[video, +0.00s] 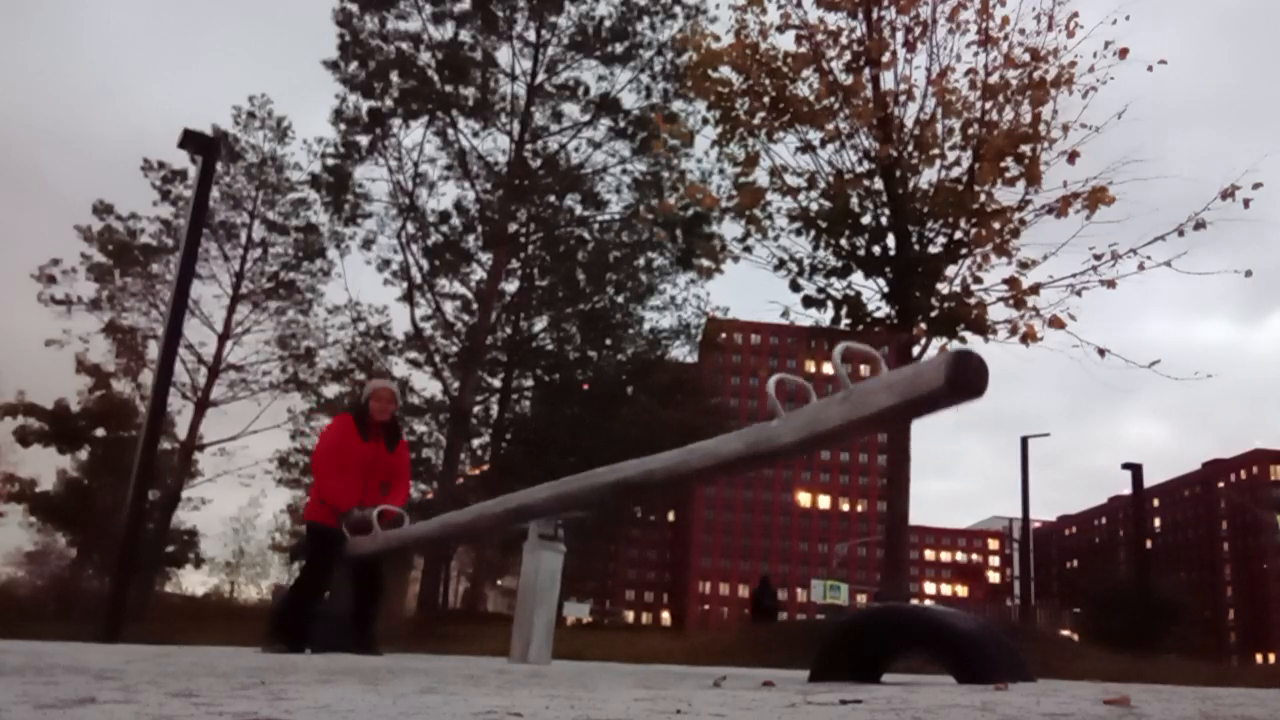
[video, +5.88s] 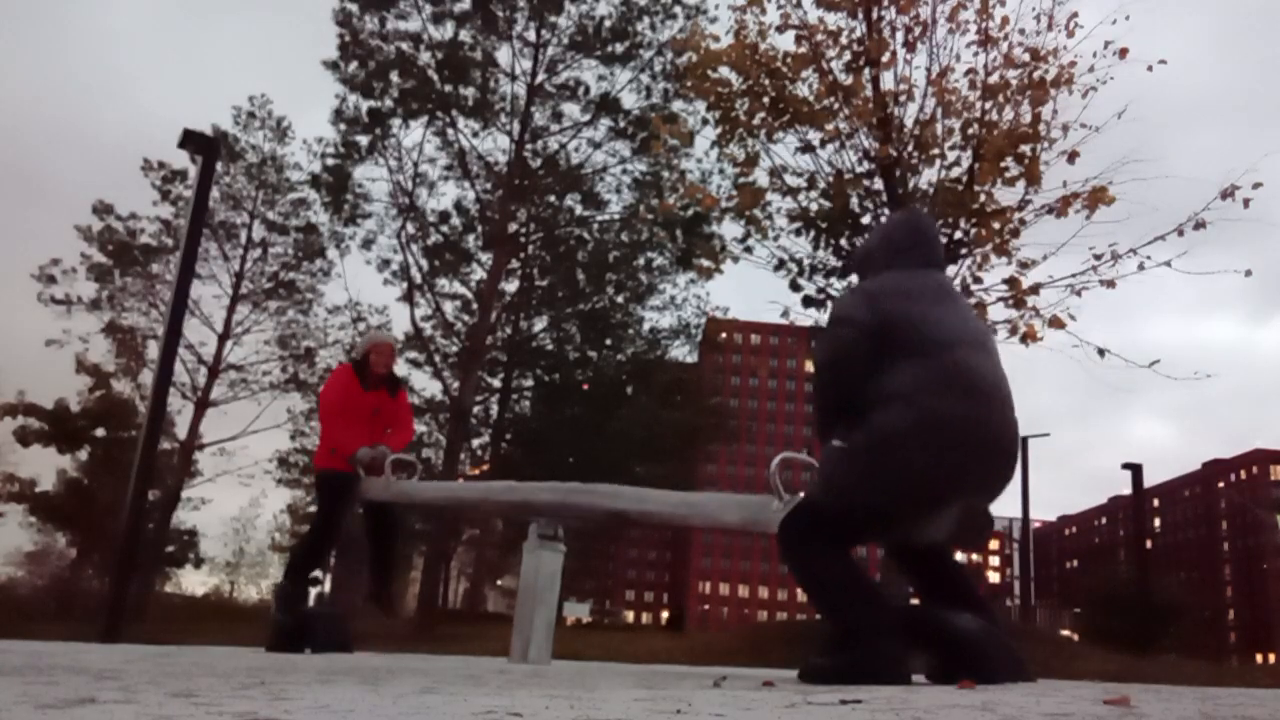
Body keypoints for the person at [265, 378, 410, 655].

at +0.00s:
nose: (384, 406)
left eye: (390, 401)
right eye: (378, 400)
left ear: (396, 406)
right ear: (367, 402)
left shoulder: (396, 442)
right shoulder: (343, 426)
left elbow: (401, 483)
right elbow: (322, 468)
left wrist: (387, 510)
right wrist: (347, 506)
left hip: (367, 525)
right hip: (327, 516)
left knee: (370, 583)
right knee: (317, 573)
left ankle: (362, 645)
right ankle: (286, 637)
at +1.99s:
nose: (349, 395)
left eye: (355, 391)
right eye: (344, 390)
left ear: (363, 397)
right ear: (333, 393)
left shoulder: (369, 432)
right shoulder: (316, 419)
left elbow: (381, 468)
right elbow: (313, 456)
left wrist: (378, 490)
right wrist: (343, 482)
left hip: (358, 514)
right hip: (320, 509)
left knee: (358, 579)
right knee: (302, 574)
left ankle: (360, 641)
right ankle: (281, 637)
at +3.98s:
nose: (373, 388)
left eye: (378, 384)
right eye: (368, 383)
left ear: (384, 389)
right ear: (355, 385)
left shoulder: (384, 425)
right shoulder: (333, 411)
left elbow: (391, 467)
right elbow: (321, 455)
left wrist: (385, 495)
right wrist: (349, 487)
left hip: (363, 514)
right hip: (325, 508)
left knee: (360, 579)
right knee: (306, 571)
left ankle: (361, 642)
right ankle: (282, 634)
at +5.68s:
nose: (382, 369)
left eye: (387, 364)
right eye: (376, 363)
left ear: (392, 369)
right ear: (363, 364)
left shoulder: (393, 401)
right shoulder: (340, 388)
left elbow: (403, 441)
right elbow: (324, 429)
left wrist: (383, 459)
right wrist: (352, 461)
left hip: (373, 487)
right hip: (333, 479)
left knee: (380, 546)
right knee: (321, 540)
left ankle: (374, 611)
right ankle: (290, 602)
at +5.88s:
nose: (383, 360)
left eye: (388, 355)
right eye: (377, 354)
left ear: (395, 359)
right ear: (365, 355)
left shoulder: (395, 390)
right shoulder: (344, 376)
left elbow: (405, 428)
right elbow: (330, 420)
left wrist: (386, 448)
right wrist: (356, 450)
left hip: (375, 473)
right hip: (337, 465)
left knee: (387, 529)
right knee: (328, 526)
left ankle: (381, 596)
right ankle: (293, 586)